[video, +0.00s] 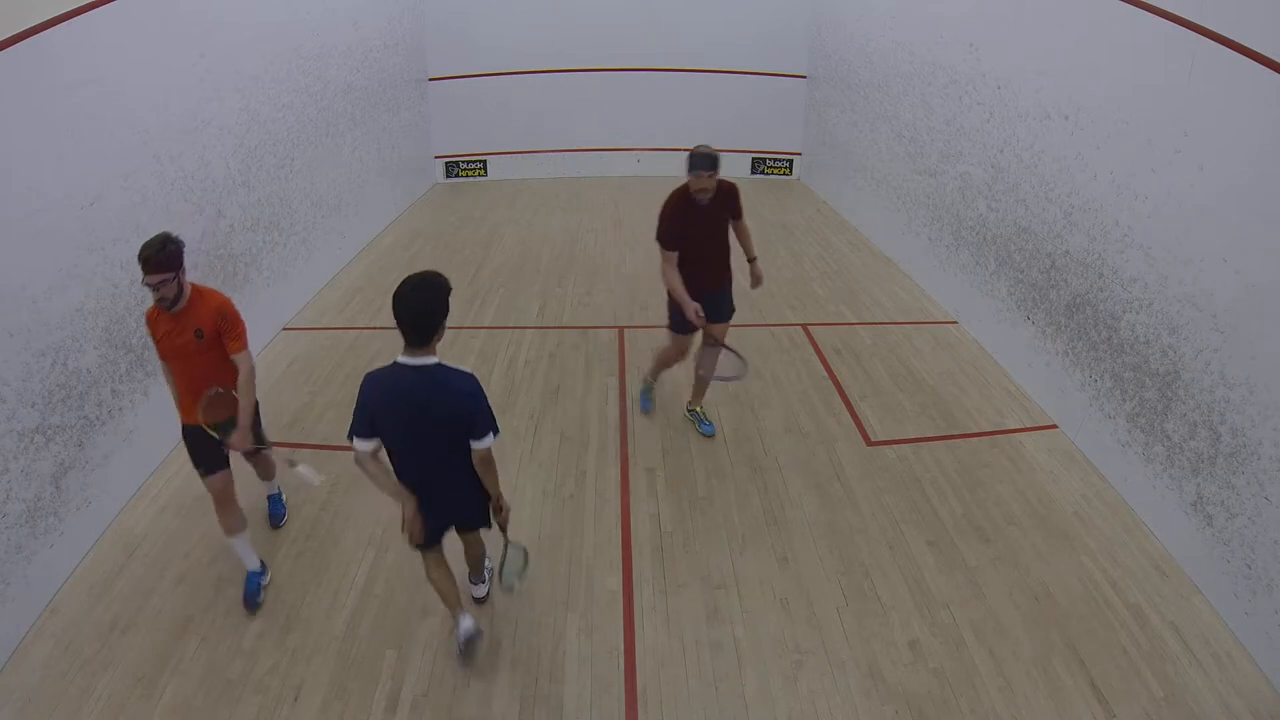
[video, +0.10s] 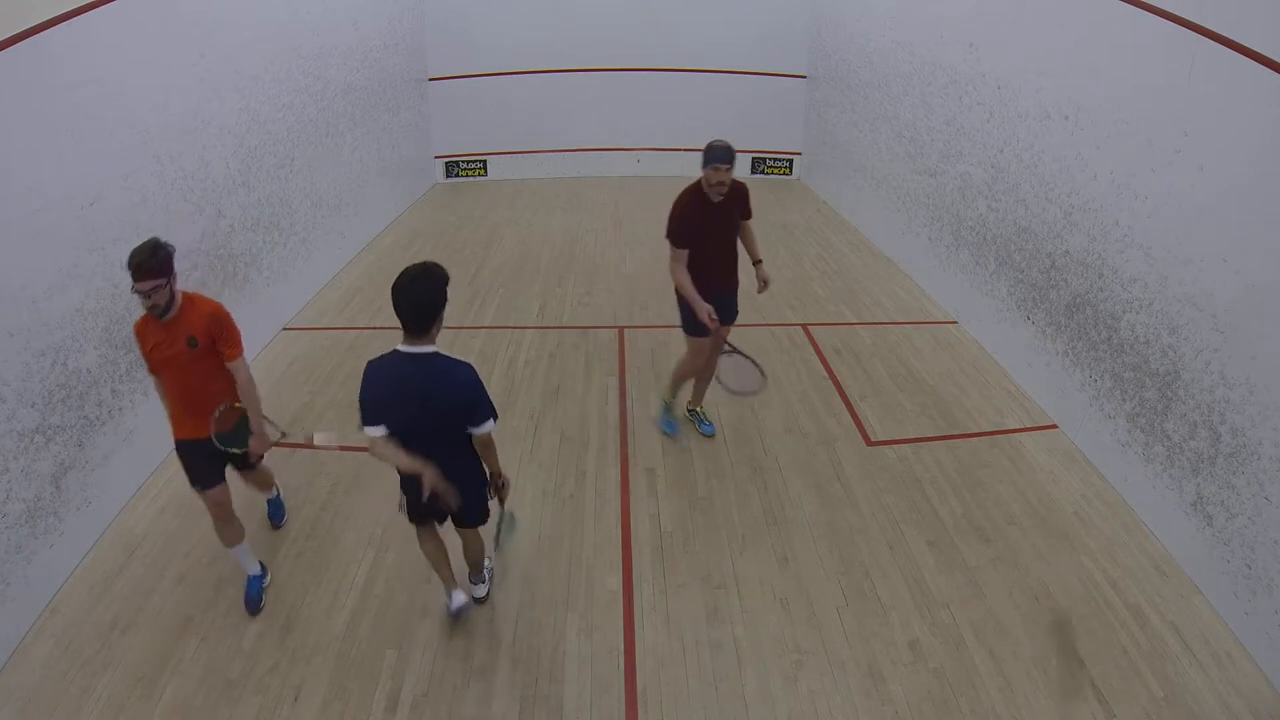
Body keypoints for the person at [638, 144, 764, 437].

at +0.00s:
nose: (701, 182)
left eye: (707, 176)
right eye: (695, 176)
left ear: (716, 175)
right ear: (688, 175)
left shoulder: (728, 193)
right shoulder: (674, 206)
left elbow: (739, 225)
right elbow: (669, 265)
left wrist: (753, 262)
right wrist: (686, 302)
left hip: (718, 281)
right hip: (685, 285)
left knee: (714, 343)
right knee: (679, 349)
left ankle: (695, 405)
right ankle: (649, 379)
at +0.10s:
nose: (719, 177)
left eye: (725, 170)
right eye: (713, 170)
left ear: (733, 171)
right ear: (703, 170)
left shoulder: (738, 192)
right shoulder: (686, 204)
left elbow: (744, 229)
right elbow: (677, 267)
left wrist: (758, 264)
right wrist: (698, 304)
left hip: (726, 285)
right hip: (693, 288)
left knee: (716, 350)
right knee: (699, 356)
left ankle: (694, 407)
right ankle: (668, 400)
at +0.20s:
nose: (734, 176)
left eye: (740, 169)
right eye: (727, 169)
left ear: (746, 170)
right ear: (716, 169)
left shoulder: (748, 194)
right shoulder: (696, 205)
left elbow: (748, 231)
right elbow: (685, 268)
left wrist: (763, 267)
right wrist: (709, 305)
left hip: (732, 287)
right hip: (702, 290)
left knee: (713, 357)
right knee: (710, 362)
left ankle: (697, 410)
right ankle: (693, 419)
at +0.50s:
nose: (772, 181)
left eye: (777, 174)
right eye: (766, 174)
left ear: (780, 173)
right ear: (749, 171)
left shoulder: (771, 200)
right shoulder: (727, 208)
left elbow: (768, 243)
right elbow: (697, 264)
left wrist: (786, 281)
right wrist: (737, 302)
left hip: (757, 297)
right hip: (727, 301)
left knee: (755, 359)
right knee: (734, 370)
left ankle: (708, 397)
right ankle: (725, 444)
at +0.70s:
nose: (799, 183)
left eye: (803, 176)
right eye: (794, 176)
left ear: (802, 173)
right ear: (774, 171)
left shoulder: (783, 197)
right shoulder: (749, 208)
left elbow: (778, 247)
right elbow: (713, 261)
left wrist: (800, 282)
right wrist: (750, 300)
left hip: (771, 302)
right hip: (745, 306)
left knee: (777, 351)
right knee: (745, 373)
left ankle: (739, 405)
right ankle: (726, 442)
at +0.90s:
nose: (822, 179)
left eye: (823, 172)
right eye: (818, 172)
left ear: (798, 171)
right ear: (799, 171)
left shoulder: (792, 200)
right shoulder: (772, 208)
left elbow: (789, 248)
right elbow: (746, 266)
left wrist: (824, 265)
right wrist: (771, 309)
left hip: (779, 302)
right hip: (759, 307)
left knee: (785, 351)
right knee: (751, 372)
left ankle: (777, 415)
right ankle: (726, 443)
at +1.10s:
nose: (828, 171)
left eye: (828, 164)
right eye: (826, 164)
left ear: (801, 162)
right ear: (815, 165)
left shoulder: (791, 191)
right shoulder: (793, 201)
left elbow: (795, 233)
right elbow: (784, 262)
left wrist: (823, 217)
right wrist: (801, 312)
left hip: (783, 294)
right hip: (782, 299)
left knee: (785, 360)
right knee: (783, 368)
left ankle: (778, 415)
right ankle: (737, 435)